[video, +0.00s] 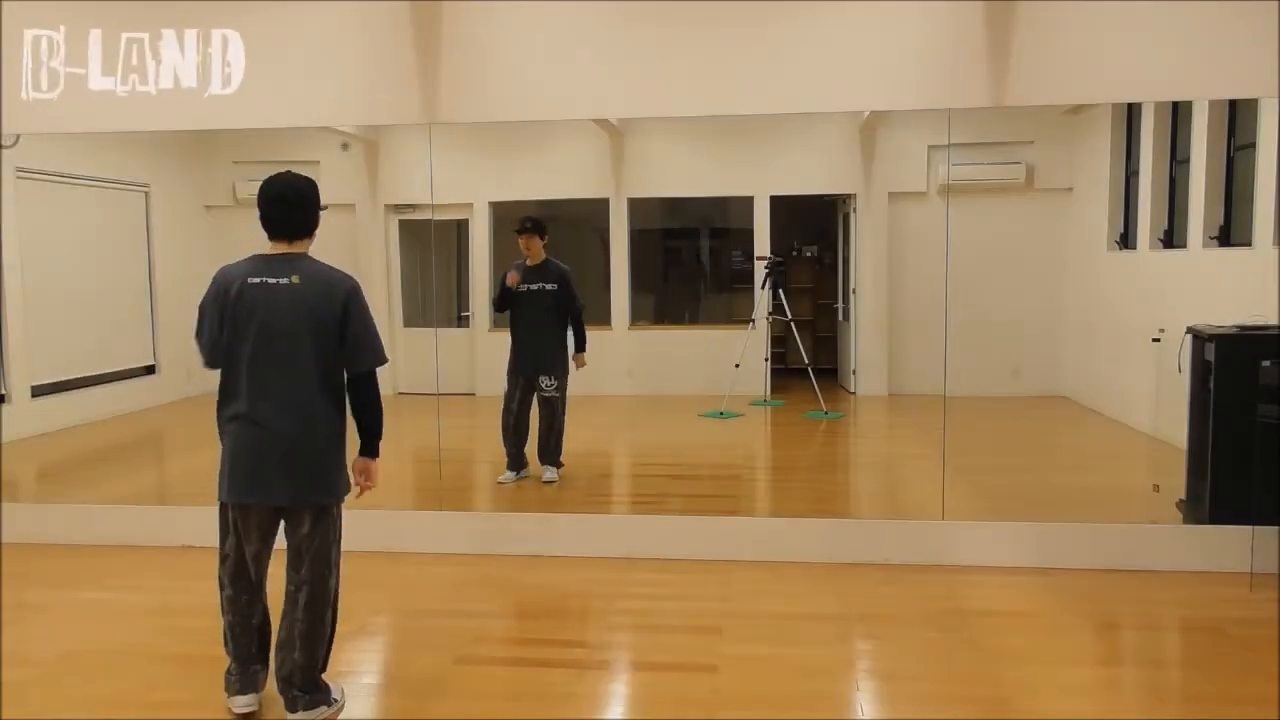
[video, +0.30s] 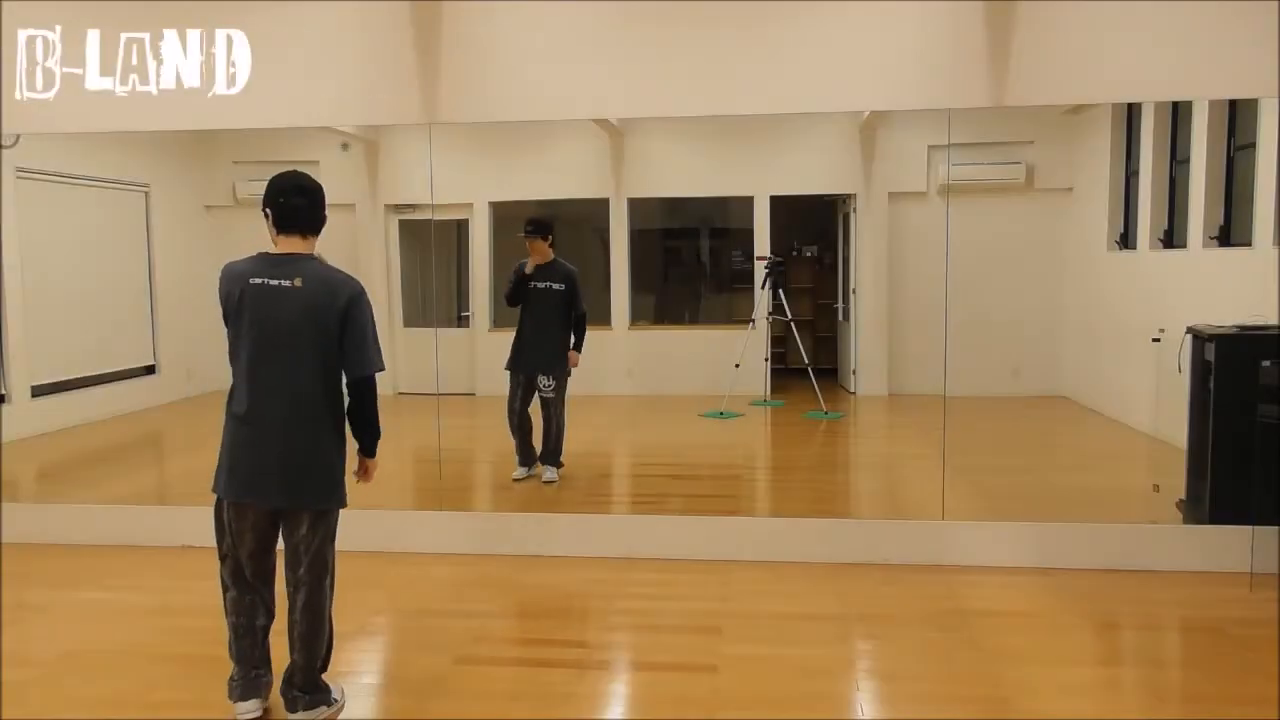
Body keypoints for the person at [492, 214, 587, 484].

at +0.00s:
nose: (525, 244)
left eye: (530, 239)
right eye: (522, 239)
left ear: (543, 240)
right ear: (518, 242)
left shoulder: (560, 273)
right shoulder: (513, 273)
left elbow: (575, 312)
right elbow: (500, 308)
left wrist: (579, 349)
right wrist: (507, 287)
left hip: (552, 354)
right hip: (521, 353)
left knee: (551, 410)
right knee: (513, 410)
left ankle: (550, 463)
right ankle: (516, 464)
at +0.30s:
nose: (528, 246)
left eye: (532, 241)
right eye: (527, 240)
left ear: (547, 241)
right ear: (527, 242)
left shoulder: (567, 273)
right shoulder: (522, 270)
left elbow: (579, 313)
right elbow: (511, 300)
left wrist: (576, 348)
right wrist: (525, 273)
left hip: (554, 352)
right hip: (525, 350)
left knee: (552, 410)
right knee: (515, 409)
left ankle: (550, 463)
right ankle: (527, 460)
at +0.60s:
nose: (530, 245)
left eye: (535, 240)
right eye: (527, 240)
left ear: (548, 241)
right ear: (523, 242)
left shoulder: (563, 273)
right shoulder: (515, 274)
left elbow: (572, 313)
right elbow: (508, 317)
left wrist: (568, 346)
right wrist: (505, 353)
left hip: (552, 353)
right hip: (521, 353)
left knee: (552, 411)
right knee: (524, 411)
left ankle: (551, 463)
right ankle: (531, 461)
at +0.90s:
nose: (524, 247)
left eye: (529, 242)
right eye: (519, 242)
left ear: (540, 242)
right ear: (514, 243)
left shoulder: (556, 269)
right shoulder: (507, 273)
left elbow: (575, 292)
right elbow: (487, 294)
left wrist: (572, 298)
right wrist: (471, 304)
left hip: (548, 343)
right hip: (519, 346)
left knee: (541, 386)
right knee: (521, 403)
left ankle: (546, 426)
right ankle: (530, 462)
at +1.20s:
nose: (523, 251)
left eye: (528, 245)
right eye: (518, 245)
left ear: (537, 242)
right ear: (512, 245)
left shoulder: (553, 265)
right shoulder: (503, 267)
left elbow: (576, 253)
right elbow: (483, 265)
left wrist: (568, 236)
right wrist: (469, 256)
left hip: (543, 343)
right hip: (515, 345)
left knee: (540, 400)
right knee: (523, 404)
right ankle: (530, 458)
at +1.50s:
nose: (519, 260)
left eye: (525, 254)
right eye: (515, 255)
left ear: (535, 253)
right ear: (510, 255)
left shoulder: (551, 279)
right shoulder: (505, 284)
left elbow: (574, 305)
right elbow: (493, 313)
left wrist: (550, 305)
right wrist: (503, 313)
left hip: (547, 359)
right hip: (516, 358)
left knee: (543, 419)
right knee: (504, 407)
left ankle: (540, 467)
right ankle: (527, 438)